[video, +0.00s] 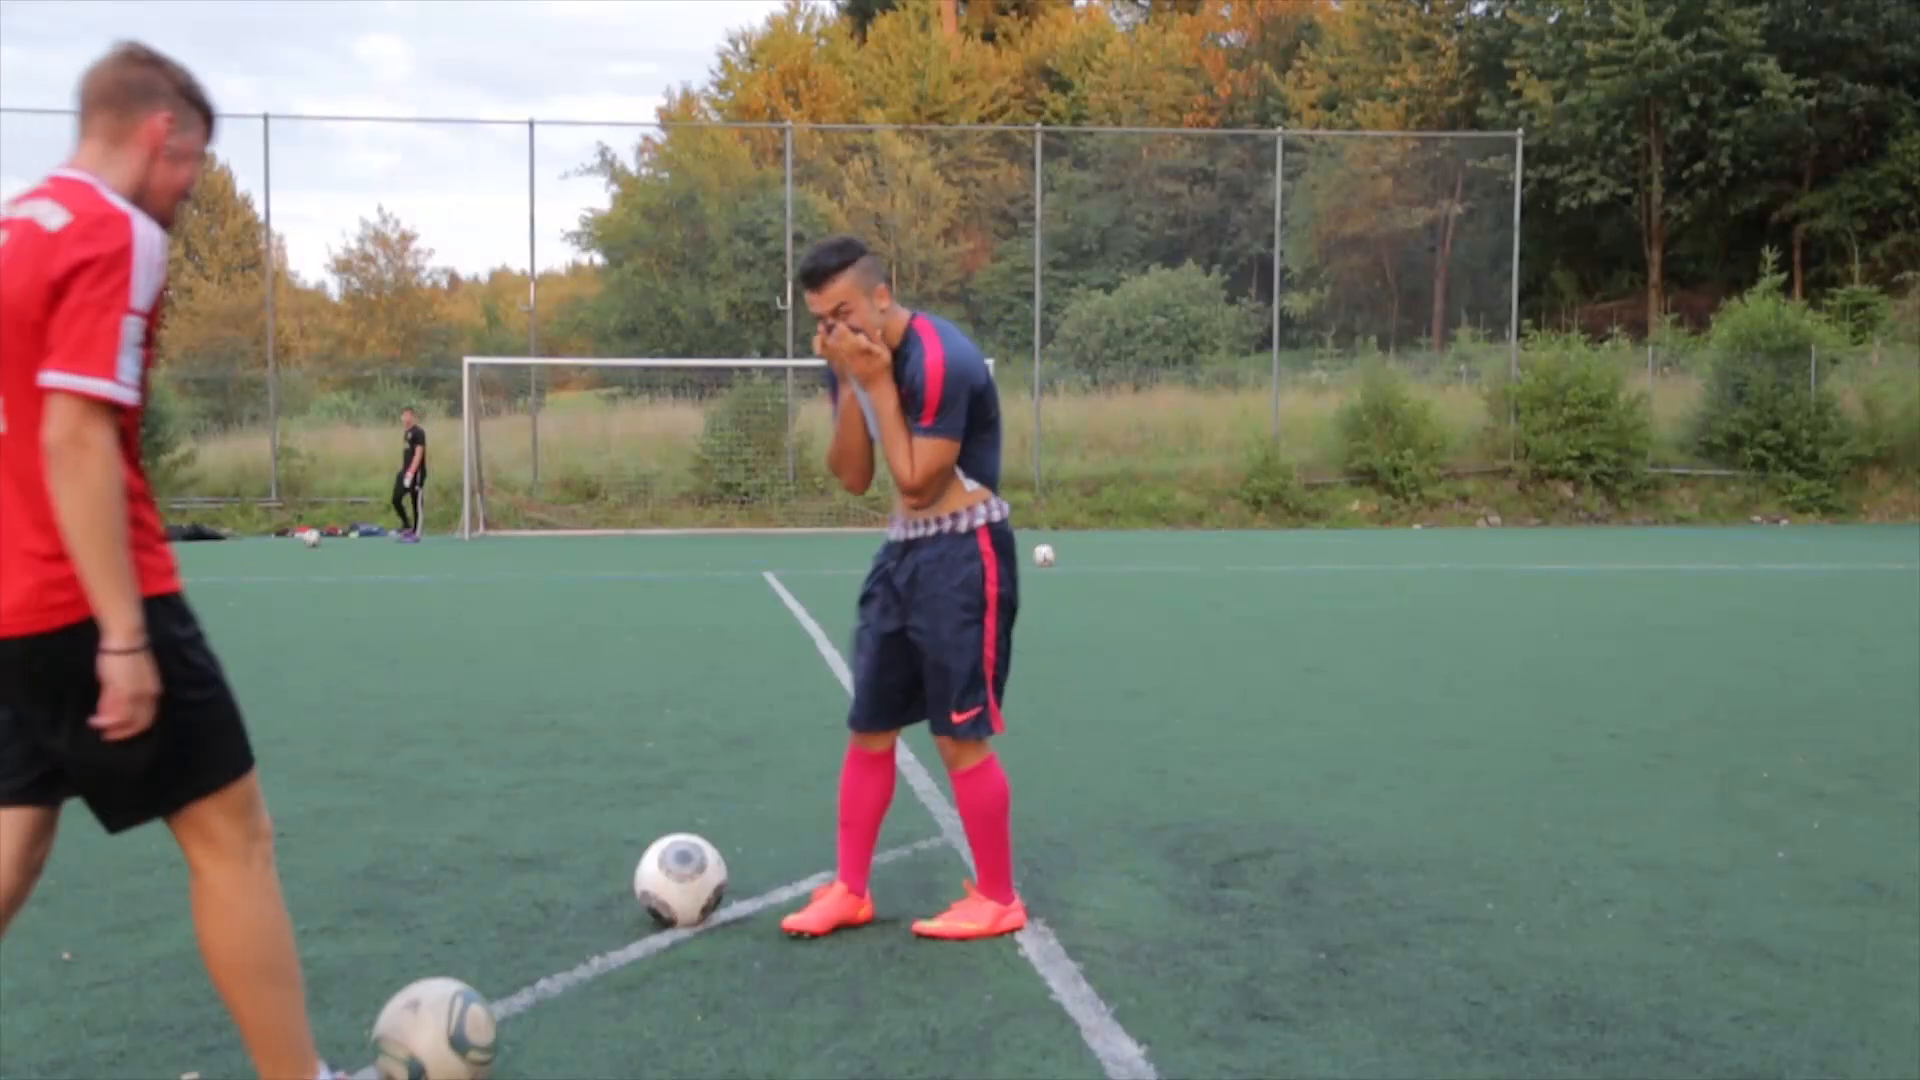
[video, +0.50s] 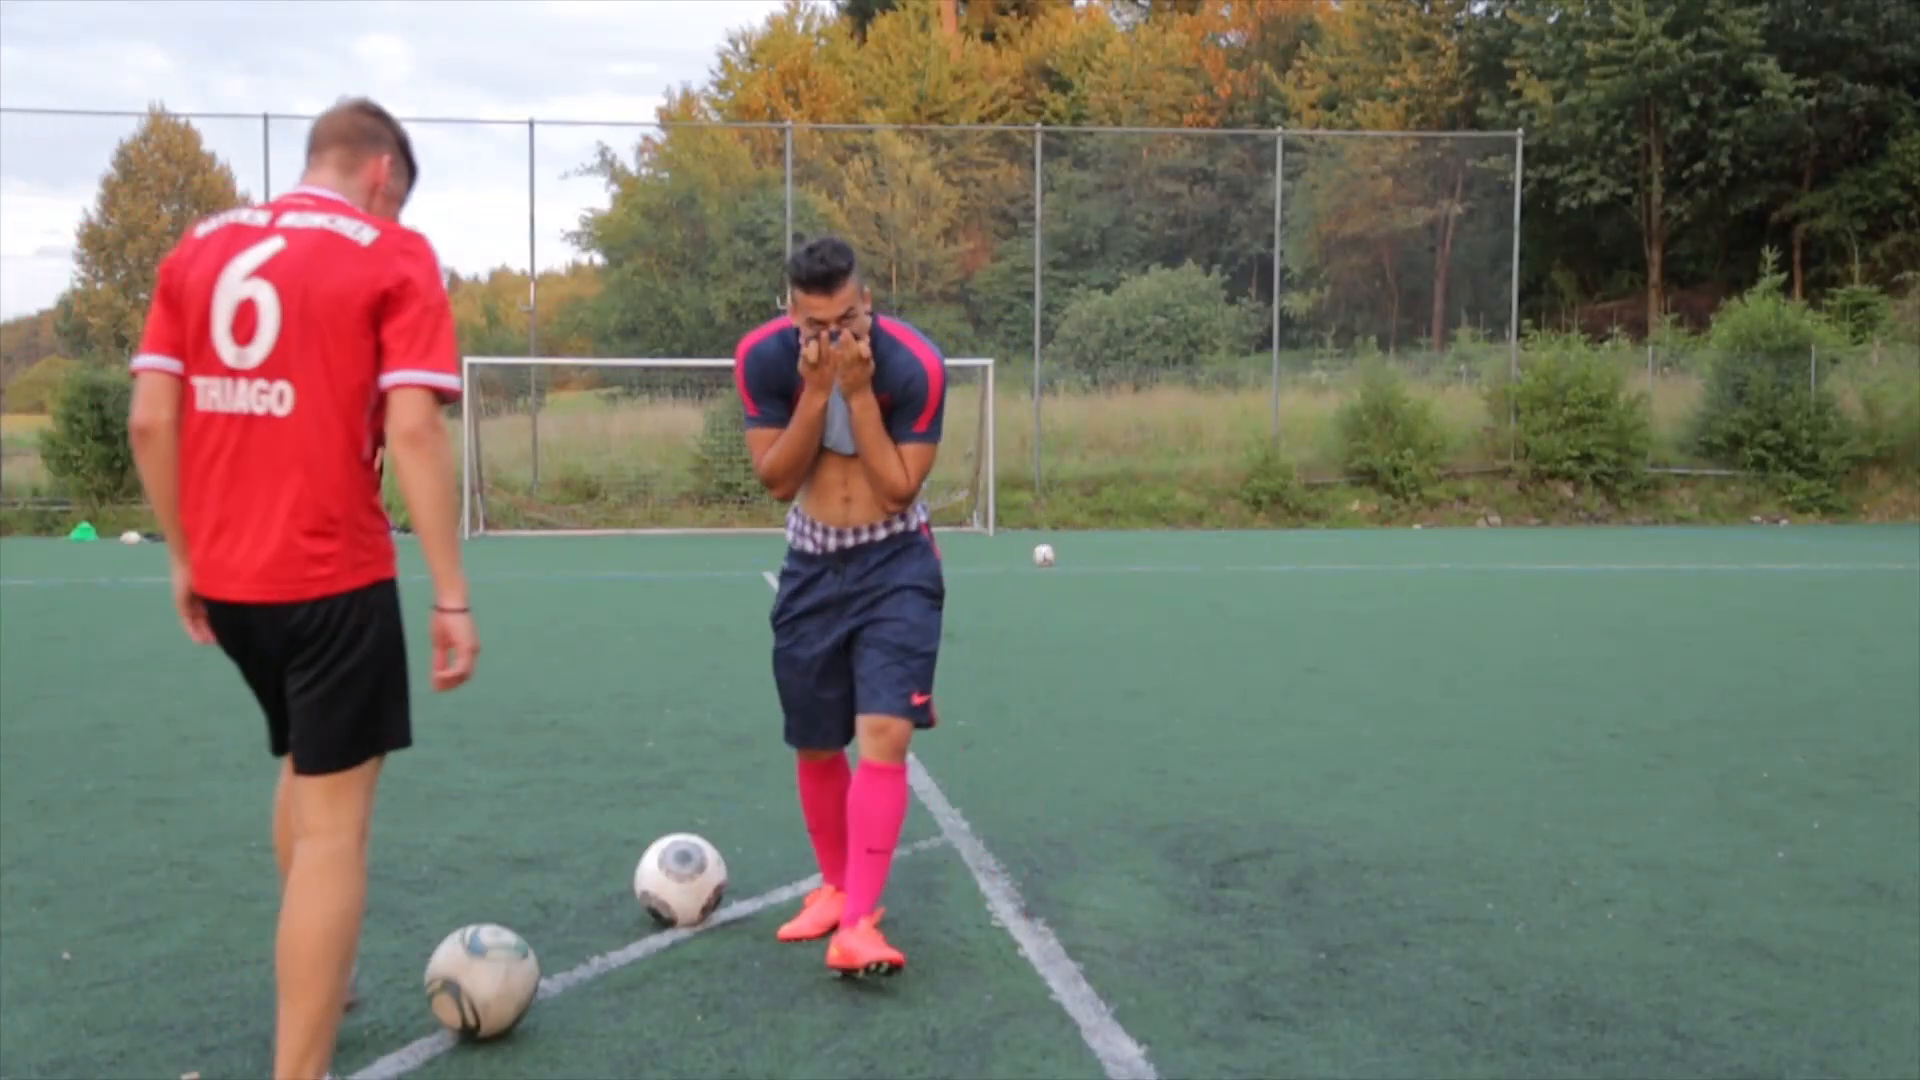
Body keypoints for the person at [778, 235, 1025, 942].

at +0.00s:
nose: (841, 333)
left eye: (847, 314)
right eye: (828, 321)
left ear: (886, 298)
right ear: (825, 323)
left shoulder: (945, 359)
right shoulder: (860, 362)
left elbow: (918, 481)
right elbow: (855, 478)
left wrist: (875, 385)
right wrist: (848, 384)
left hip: (964, 554)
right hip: (903, 553)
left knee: (962, 734)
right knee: (871, 727)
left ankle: (997, 897)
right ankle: (850, 888)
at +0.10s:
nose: (826, 335)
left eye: (834, 316)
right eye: (810, 326)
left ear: (865, 300)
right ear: (799, 327)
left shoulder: (930, 357)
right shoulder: (809, 368)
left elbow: (913, 477)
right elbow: (828, 482)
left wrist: (864, 384)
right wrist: (832, 386)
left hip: (943, 550)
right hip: (875, 555)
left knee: (927, 733)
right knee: (843, 724)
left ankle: (985, 884)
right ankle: (845, 890)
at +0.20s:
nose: (816, 320)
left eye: (828, 301)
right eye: (800, 308)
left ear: (857, 283)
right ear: (786, 306)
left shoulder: (916, 345)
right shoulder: (784, 359)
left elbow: (903, 465)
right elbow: (810, 473)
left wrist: (853, 371)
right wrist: (823, 377)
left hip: (926, 542)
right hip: (852, 552)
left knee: (913, 723)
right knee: (835, 723)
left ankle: (947, 863)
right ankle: (844, 890)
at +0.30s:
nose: (819, 312)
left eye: (831, 296)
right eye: (802, 302)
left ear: (855, 280)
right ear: (784, 297)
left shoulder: (910, 342)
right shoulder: (770, 351)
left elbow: (902, 463)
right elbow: (791, 468)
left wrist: (852, 368)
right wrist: (814, 371)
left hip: (915, 544)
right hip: (835, 556)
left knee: (920, 715)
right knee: (830, 729)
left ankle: (906, 873)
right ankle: (842, 890)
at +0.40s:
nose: (823, 325)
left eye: (834, 308)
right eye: (805, 312)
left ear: (857, 288)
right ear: (785, 301)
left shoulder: (909, 351)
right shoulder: (763, 354)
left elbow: (901, 475)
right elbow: (781, 473)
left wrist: (854, 378)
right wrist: (814, 378)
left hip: (905, 553)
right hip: (821, 564)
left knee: (913, 717)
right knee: (823, 736)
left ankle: (874, 899)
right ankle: (839, 890)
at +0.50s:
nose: (832, 336)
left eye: (845, 319)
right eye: (814, 323)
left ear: (866, 299)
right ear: (791, 310)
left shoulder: (912, 364)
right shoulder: (766, 357)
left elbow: (900, 487)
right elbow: (777, 480)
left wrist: (857, 392)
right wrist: (817, 391)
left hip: (897, 566)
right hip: (812, 573)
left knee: (885, 734)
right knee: (817, 744)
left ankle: (861, 921)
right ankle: (834, 890)